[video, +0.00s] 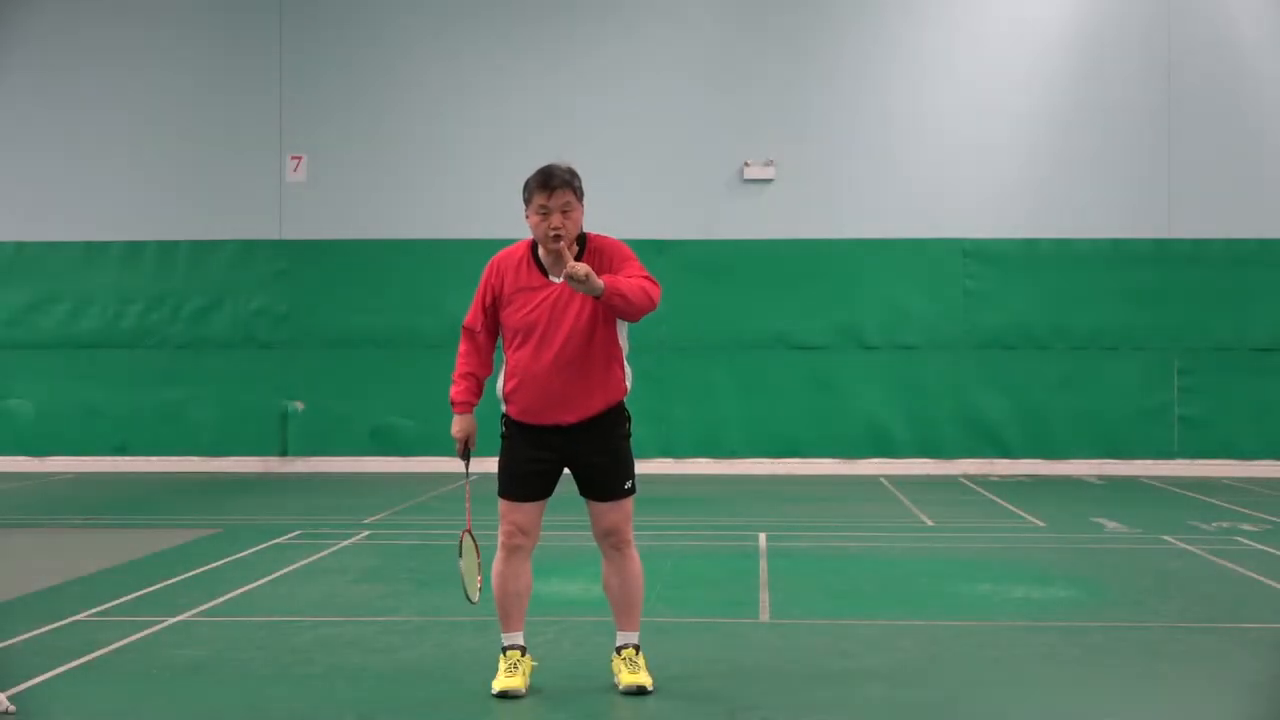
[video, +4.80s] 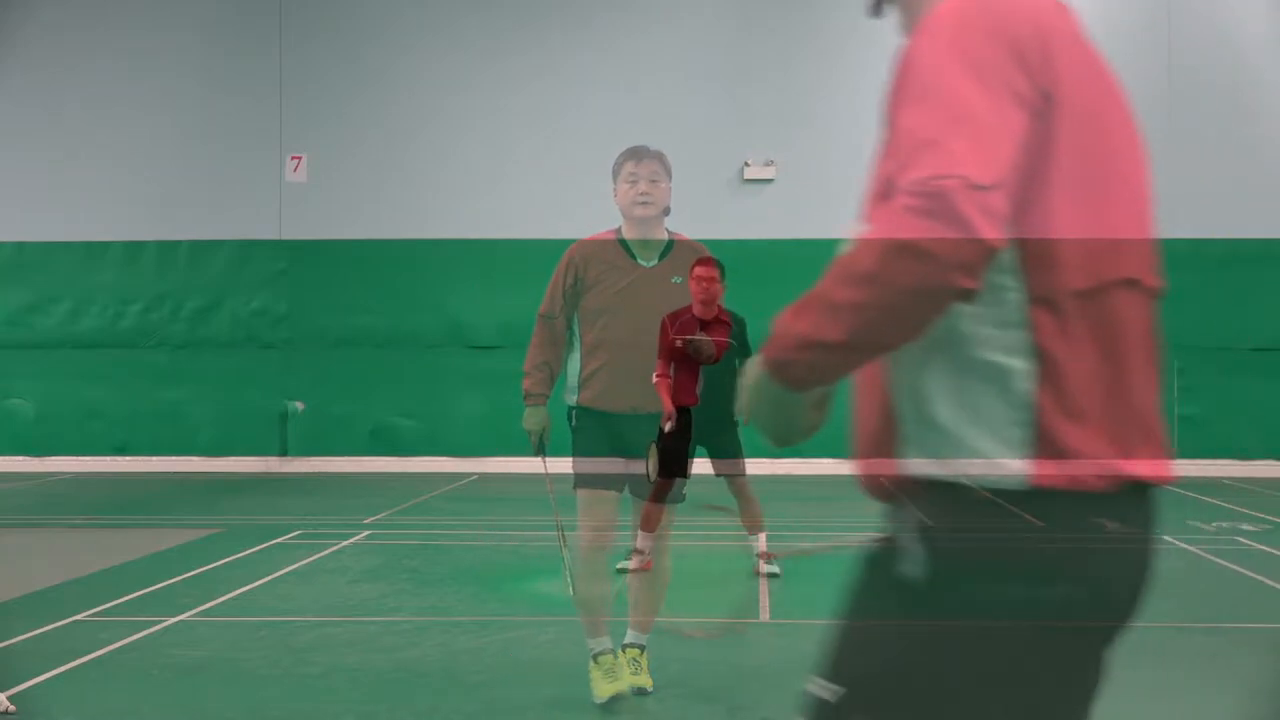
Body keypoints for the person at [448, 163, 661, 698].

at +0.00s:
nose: (555, 223)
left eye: (565, 212)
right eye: (544, 213)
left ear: (581, 213)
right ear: (528, 216)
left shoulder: (606, 254)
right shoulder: (504, 267)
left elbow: (646, 298)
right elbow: (476, 337)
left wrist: (597, 285)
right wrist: (463, 408)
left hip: (600, 422)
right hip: (528, 427)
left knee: (616, 536)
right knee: (514, 538)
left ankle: (628, 649)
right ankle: (513, 652)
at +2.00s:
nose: (568, 205)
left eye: (578, 195)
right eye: (557, 196)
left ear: (594, 199)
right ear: (541, 204)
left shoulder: (624, 254)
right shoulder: (514, 261)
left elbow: (663, 317)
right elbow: (486, 330)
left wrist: (614, 286)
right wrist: (471, 401)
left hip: (607, 420)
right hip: (533, 423)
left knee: (619, 536)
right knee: (518, 538)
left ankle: (629, 650)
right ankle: (513, 652)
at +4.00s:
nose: (568, 195)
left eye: (579, 186)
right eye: (557, 187)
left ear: (596, 196)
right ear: (542, 198)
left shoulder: (628, 255)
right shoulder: (516, 263)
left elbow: (674, 316)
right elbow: (489, 334)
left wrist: (620, 321)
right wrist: (476, 407)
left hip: (613, 420)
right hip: (539, 423)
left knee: (623, 535)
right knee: (521, 536)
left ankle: (629, 650)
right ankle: (513, 651)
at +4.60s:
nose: (635, 189)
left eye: (645, 182)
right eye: (623, 182)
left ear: (661, 195)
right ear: (606, 197)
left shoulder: (689, 262)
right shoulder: (578, 259)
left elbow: (710, 328)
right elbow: (545, 329)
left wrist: (701, 345)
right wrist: (533, 401)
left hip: (662, 419)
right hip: (591, 416)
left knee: (647, 547)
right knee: (569, 536)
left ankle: (633, 650)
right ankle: (553, 642)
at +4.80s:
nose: (643, 187)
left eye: (653, 179)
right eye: (632, 180)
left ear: (671, 191)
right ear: (615, 193)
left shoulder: (695, 259)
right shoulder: (584, 257)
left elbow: (719, 339)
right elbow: (549, 330)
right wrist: (536, 400)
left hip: (671, 419)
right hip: (600, 416)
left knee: (655, 538)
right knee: (595, 536)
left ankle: (636, 649)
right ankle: (600, 653)